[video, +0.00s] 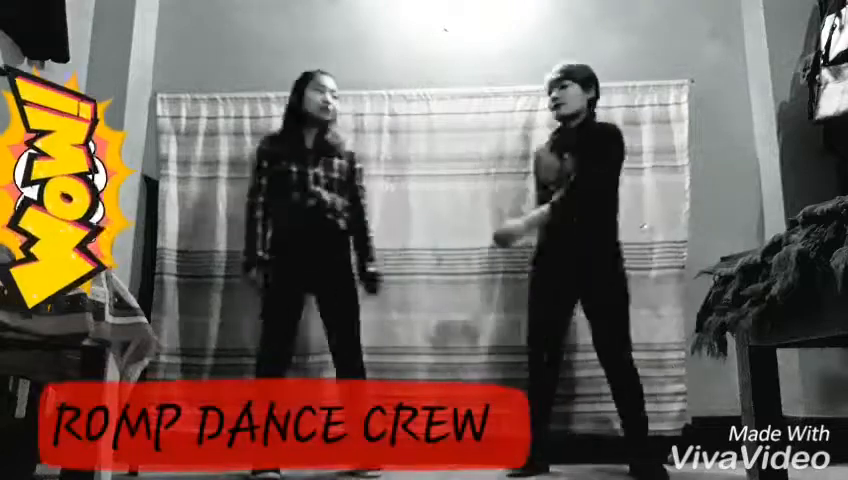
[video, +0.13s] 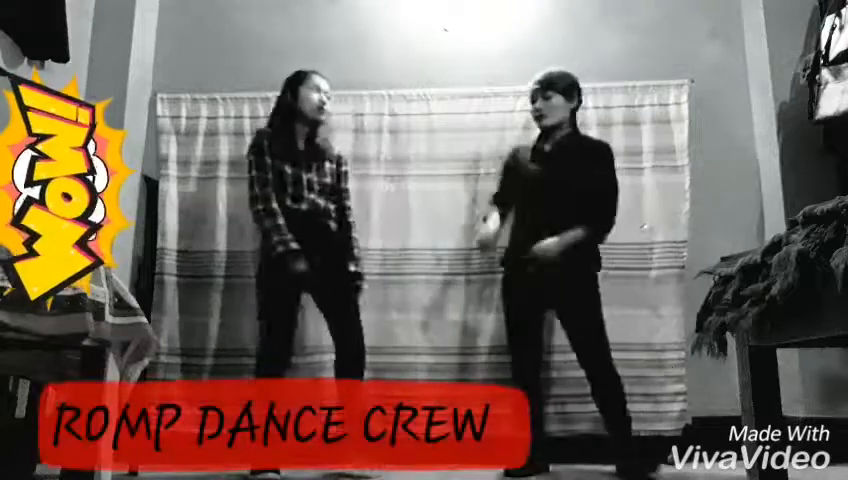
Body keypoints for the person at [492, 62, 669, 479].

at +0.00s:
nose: (554, 94)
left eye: (563, 87)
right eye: (552, 89)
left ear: (589, 93)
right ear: (553, 100)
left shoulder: (607, 135)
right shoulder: (548, 148)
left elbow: (583, 193)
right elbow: (545, 208)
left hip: (598, 259)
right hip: (553, 261)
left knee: (616, 357)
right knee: (542, 354)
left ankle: (640, 455)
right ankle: (533, 452)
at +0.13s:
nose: (538, 104)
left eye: (548, 96)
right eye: (535, 98)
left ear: (573, 102)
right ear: (532, 107)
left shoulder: (595, 153)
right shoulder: (521, 157)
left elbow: (603, 219)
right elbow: (502, 201)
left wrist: (563, 240)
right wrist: (493, 221)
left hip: (573, 274)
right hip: (523, 274)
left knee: (598, 366)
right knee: (525, 369)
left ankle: (626, 456)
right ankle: (531, 456)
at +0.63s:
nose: (556, 103)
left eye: (565, 95)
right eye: (547, 96)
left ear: (579, 103)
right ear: (535, 103)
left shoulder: (588, 157)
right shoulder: (518, 150)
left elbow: (588, 218)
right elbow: (495, 204)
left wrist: (615, 217)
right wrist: (538, 194)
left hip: (592, 271)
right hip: (541, 272)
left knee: (605, 365)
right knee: (537, 366)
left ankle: (610, 458)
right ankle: (532, 456)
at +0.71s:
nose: (555, 82)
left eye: (564, 75)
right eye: (546, 77)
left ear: (581, 84)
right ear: (536, 89)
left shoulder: (601, 134)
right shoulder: (523, 139)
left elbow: (613, 191)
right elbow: (503, 193)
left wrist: (617, 196)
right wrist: (521, 204)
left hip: (598, 256)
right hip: (545, 257)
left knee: (601, 355)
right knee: (539, 354)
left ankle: (609, 455)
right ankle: (530, 452)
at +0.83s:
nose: (551, 83)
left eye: (559, 75)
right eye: (541, 79)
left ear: (577, 84)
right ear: (533, 93)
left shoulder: (607, 128)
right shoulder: (533, 148)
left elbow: (636, 185)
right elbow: (542, 205)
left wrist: (610, 196)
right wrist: (529, 222)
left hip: (602, 258)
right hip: (552, 260)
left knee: (603, 359)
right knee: (533, 355)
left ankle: (610, 458)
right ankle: (530, 453)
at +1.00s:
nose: (535, 86)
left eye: (545, 79)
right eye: (529, 82)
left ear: (566, 90)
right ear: (523, 97)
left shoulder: (586, 130)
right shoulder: (532, 145)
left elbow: (613, 187)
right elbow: (544, 201)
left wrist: (568, 197)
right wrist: (519, 222)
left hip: (578, 263)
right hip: (534, 262)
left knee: (581, 358)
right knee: (515, 352)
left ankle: (610, 461)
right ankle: (517, 457)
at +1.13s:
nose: (535, 79)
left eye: (545, 73)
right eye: (528, 75)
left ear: (565, 85)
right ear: (521, 90)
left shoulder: (587, 121)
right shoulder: (527, 143)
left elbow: (617, 174)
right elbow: (536, 204)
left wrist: (560, 176)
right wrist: (507, 216)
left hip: (589, 260)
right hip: (542, 262)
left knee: (594, 358)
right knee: (523, 356)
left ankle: (611, 459)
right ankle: (519, 457)